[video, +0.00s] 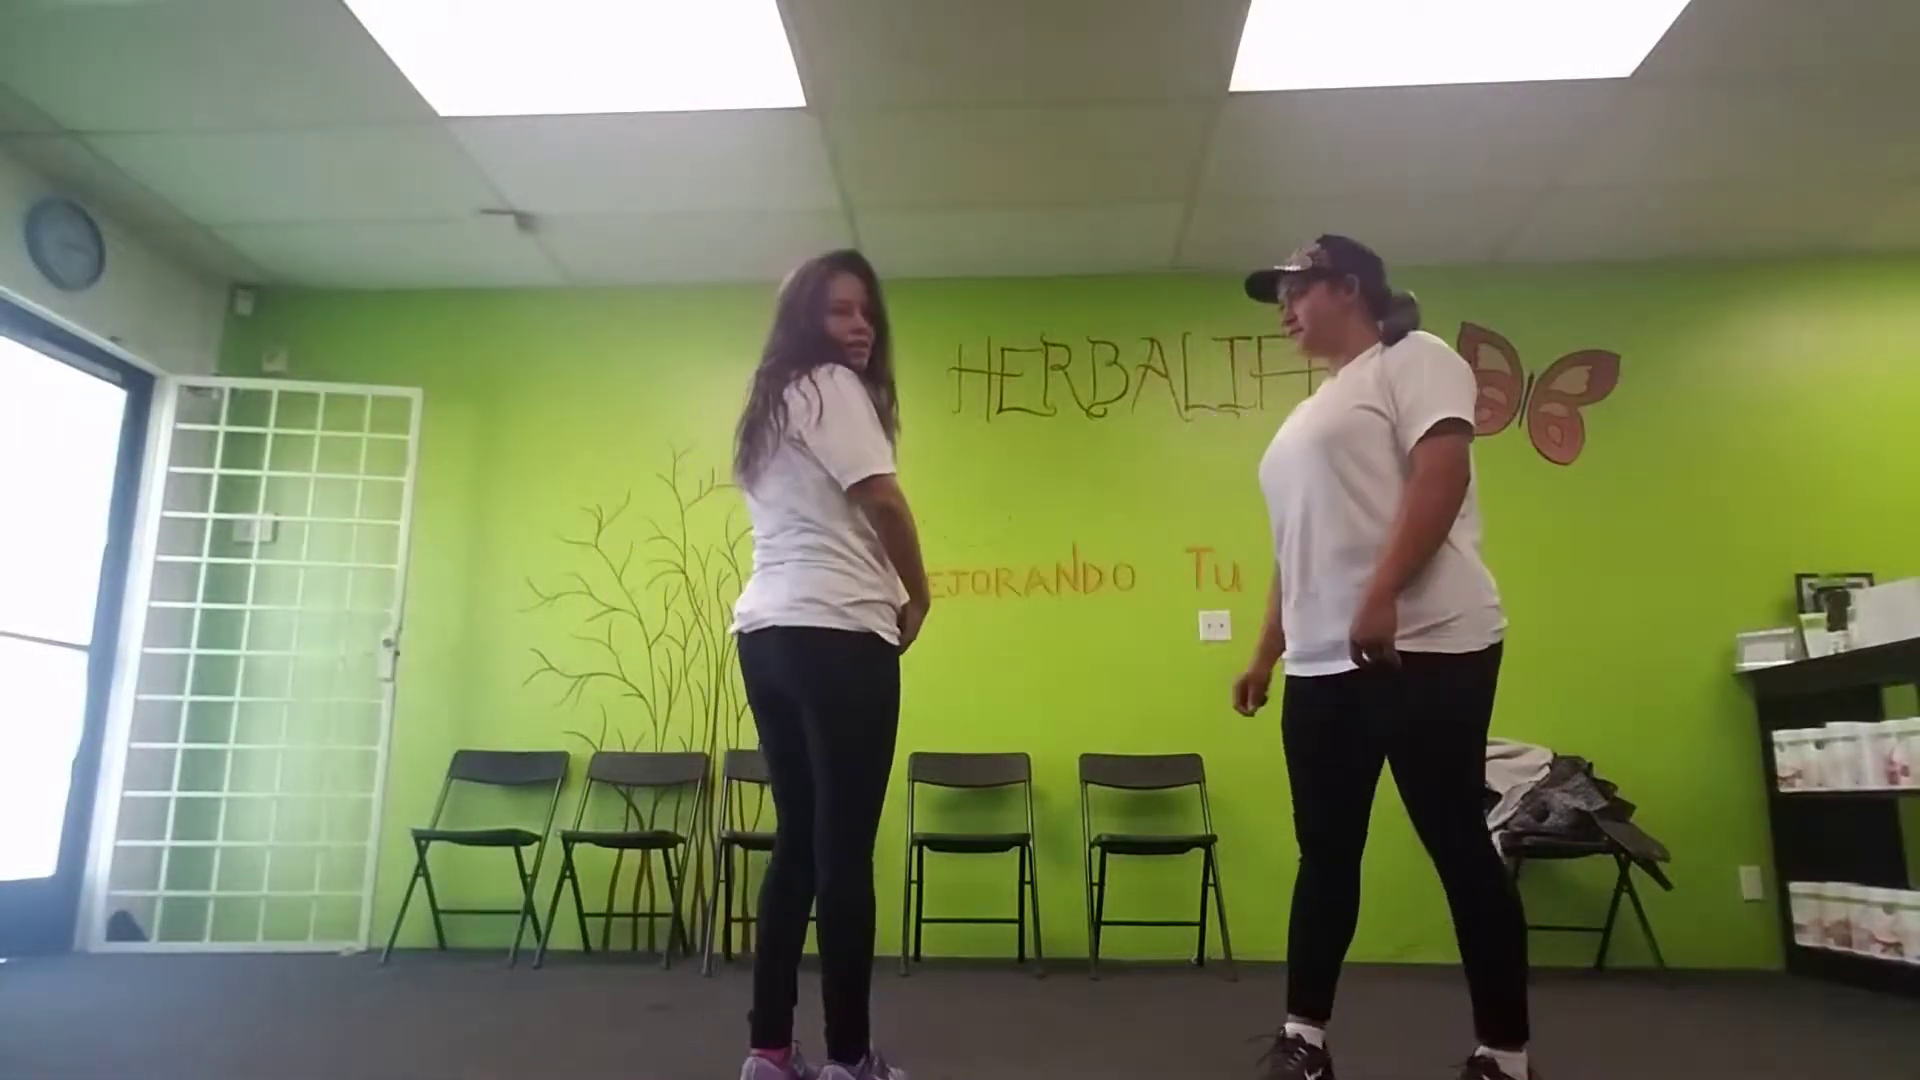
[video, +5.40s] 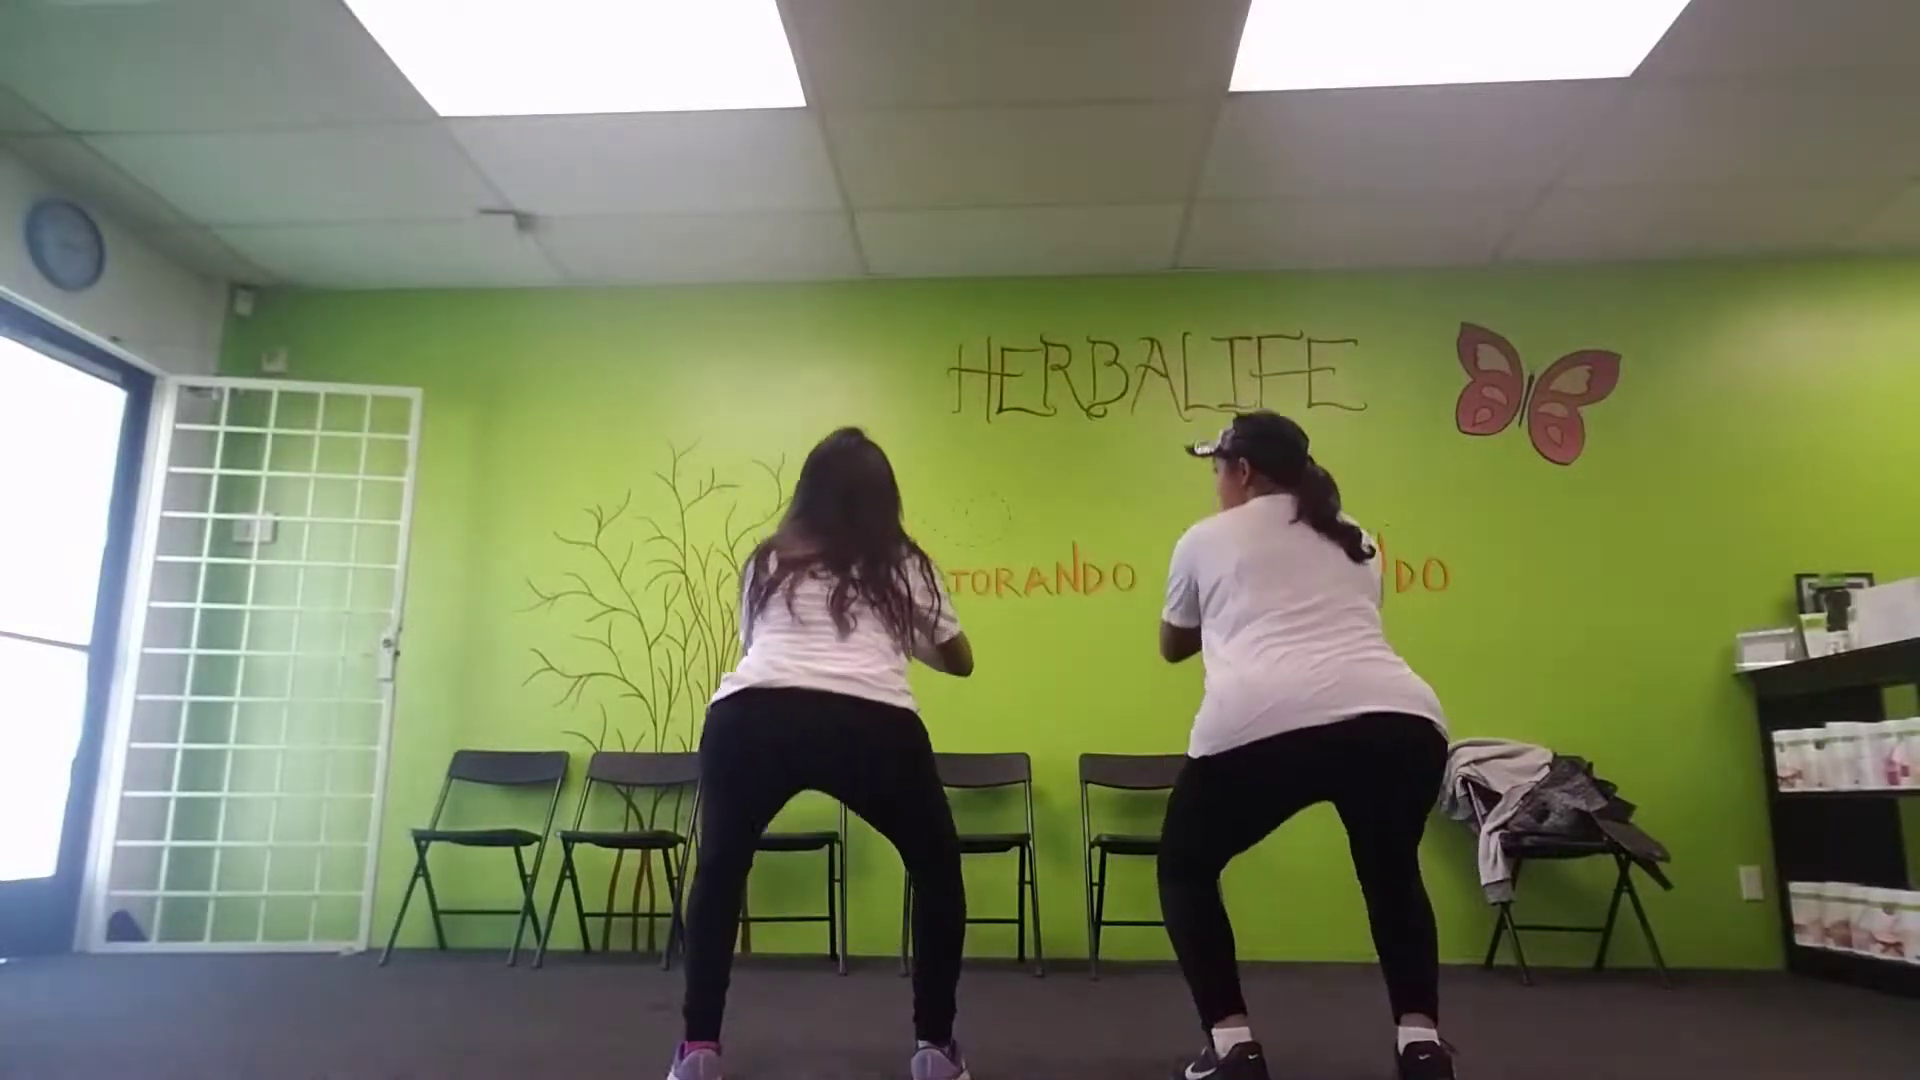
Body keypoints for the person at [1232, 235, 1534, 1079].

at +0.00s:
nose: (1284, 308)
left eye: (1298, 289)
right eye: (1282, 296)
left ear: (1349, 287)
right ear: (1321, 299)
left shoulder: (1416, 356)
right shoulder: (1312, 411)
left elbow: (1444, 466)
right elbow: (1300, 548)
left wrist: (1384, 590)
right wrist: (1265, 651)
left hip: (1431, 651)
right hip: (1323, 671)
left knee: (1461, 848)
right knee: (1325, 857)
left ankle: (1503, 1055)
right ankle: (1303, 1040)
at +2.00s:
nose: (1303, 324)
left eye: (1316, 308)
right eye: (1305, 309)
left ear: (1362, 312)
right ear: (1374, 320)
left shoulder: (1349, 374)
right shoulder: (1412, 389)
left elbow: (1319, 496)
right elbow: (1399, 516)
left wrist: (1256, 606)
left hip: (1373, 647)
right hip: (1419, 637)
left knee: (1403, 842)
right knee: (1396, 839)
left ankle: (1492, 1052)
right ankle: (1410, 1040)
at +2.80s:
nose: (1276, 351)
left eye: (1284, 337)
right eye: (1277, 337)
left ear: (1319, 336)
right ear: (1359, 340)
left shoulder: (1295, 395)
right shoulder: (1424, 417)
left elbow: (1244, 492)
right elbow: (1455, 545)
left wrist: (1189, 551)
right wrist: (1375, 566)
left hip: (1316, 651)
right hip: (1422, 645)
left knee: (1293, 832)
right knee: (1402, 832)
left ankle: (1358, 1014)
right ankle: (1419, 1033)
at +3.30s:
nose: (1215, 334)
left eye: (1221, 320)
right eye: (1217, 320)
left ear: (1243, 323)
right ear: (1303, 322)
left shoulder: (1198, 396)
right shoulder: (1361, 400)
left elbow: (1166, 513)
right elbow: (1367, 508)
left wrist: (1249, 479)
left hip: (1236, 649)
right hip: (1359, 640)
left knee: (1233, 847)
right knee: (1369, 833)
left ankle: (1235, 1050)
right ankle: (1411, 1039)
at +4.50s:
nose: (1224, 458)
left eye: (1229, 443)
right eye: (1225, 443)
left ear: (1259, 440)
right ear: (1305, 443)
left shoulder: (1219, 514)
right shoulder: (1373, 510)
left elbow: (1187, 618)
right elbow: (1375, 595)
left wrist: (1266, 583)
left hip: (1274, 716)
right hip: (1409, 709)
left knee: (1200, 863)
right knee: (1399, 862)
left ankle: (1231, 1049)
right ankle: (1424, 1043)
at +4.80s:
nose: (1215, 579)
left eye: (1219, 566)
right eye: (1215, 566)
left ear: (1249, 565)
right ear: (1299, 566)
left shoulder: (1212, 634)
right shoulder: (1360, 626)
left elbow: (1181, 740)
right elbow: (1376, 715)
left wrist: (1239, 675)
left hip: (1272, 844)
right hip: (1421, 835)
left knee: (1174, 873)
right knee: (1392, 879)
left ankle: (1231, 1046)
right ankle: (1420, 1040)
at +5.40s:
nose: (1215, 484)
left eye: (1218, 470)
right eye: (1216, 470)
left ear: (1242, 472)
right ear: (1297, 471)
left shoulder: (1206, 540)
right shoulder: (1354, 536)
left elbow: (1174, 646)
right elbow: (1363, 615)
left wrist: (1249, 598)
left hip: (1261, 735)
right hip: (1394, 725)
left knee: (1186, 869)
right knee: (1393, 870)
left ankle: (1231, 1044)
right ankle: (1420, 1038)